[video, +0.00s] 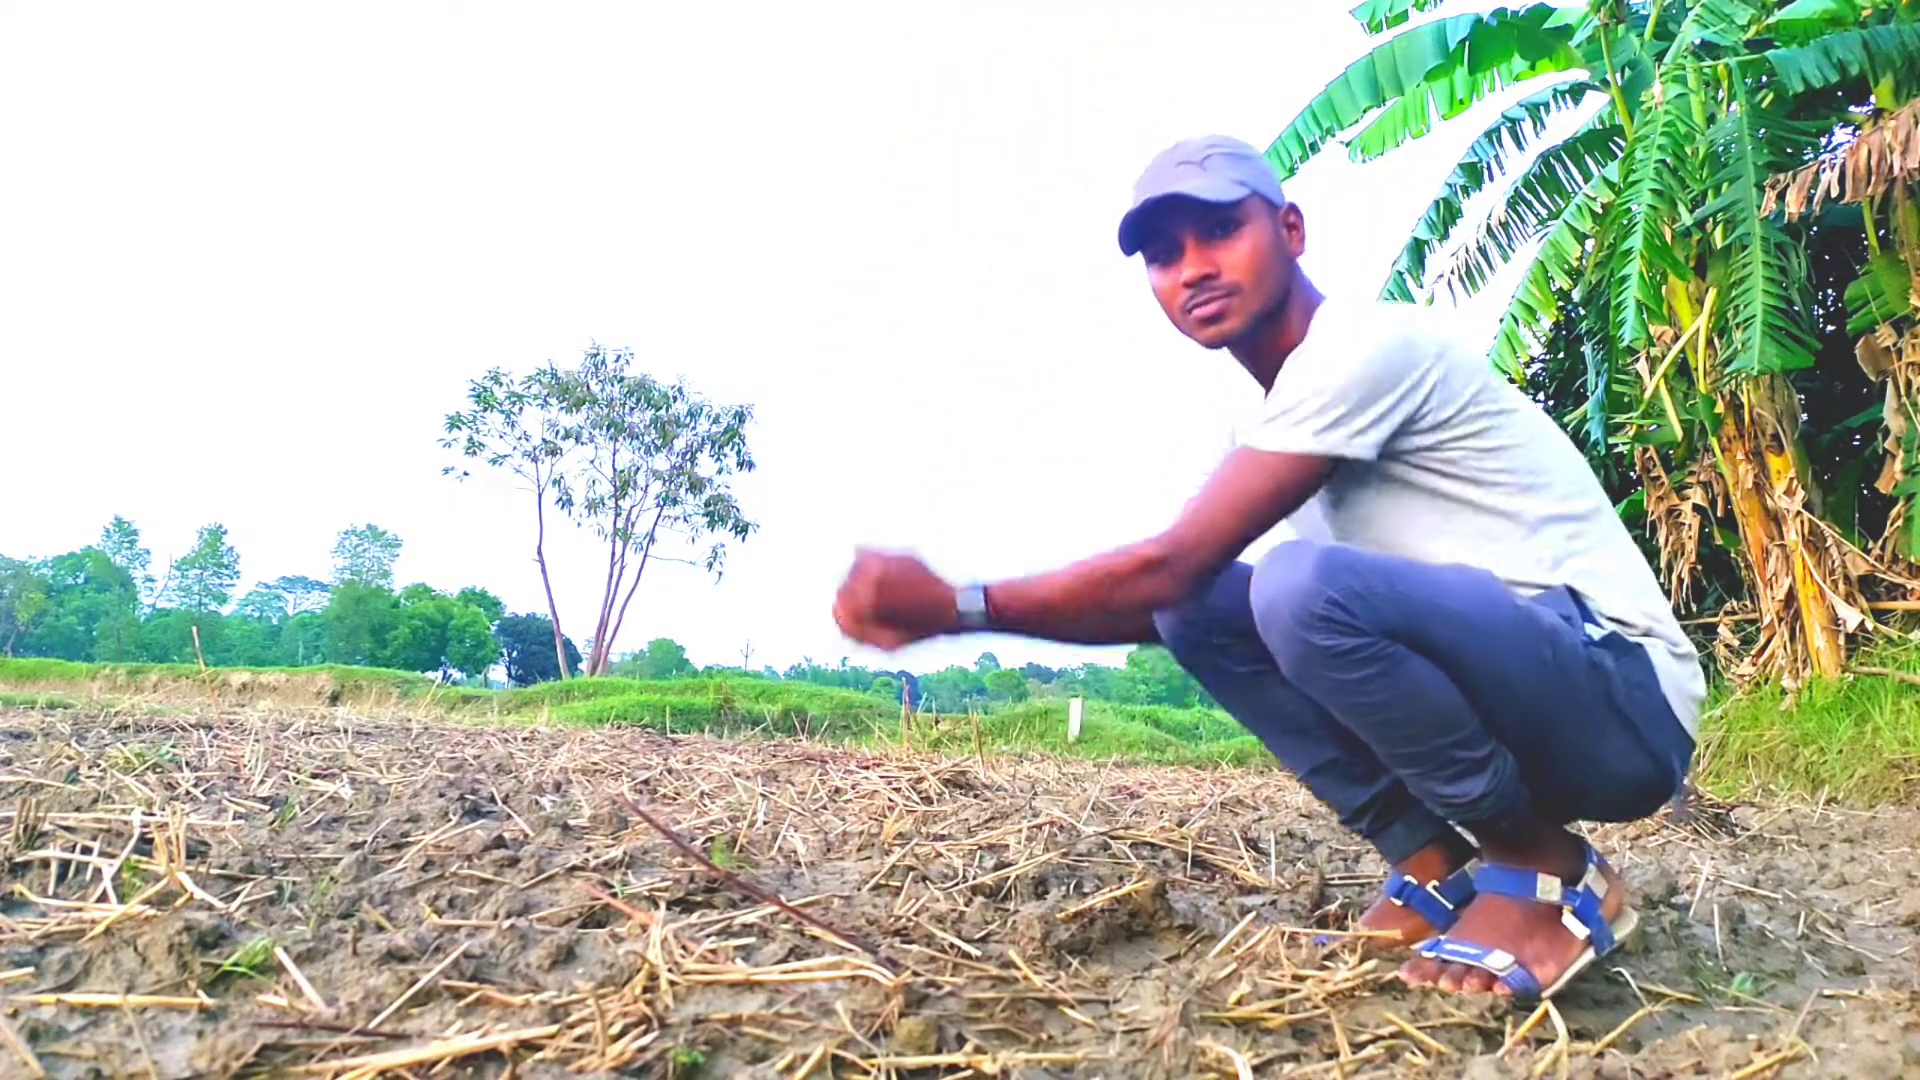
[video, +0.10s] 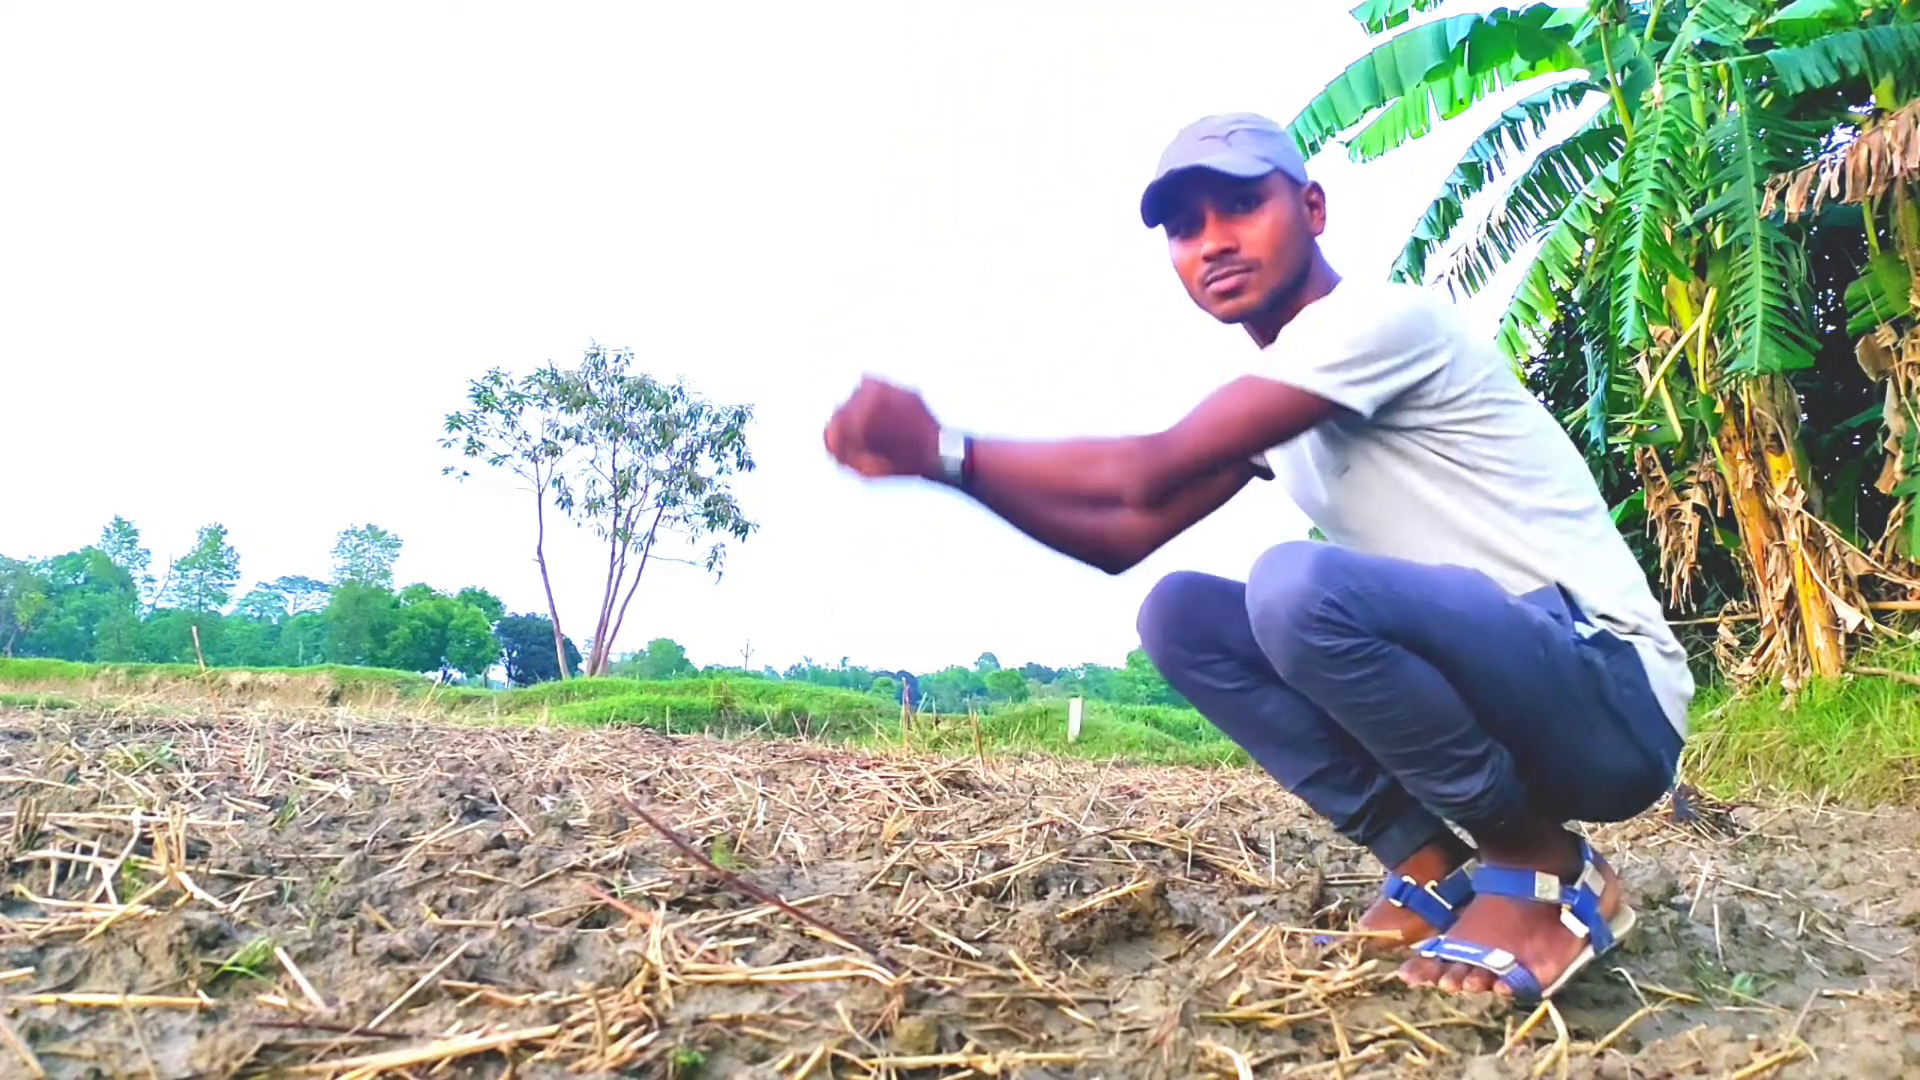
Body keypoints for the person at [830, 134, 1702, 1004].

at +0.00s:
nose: (1189, 268)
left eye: (1218, 227)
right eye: (1160, 251)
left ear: (1292, 232)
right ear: (1150, 286)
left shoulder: (1377, 347)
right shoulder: (1273, 430)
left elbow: (1167, 569)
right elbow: (1159, 607)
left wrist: (960, 606)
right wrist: (976, 614)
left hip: (1620, 695)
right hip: (1509, 717)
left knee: (1306, 592)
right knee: (1197, 608)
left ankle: (1546, 878)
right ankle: (1443, 872)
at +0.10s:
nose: (1210, 242)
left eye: (1238, 204)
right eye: (1183, 224)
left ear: (1311, 208)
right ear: (1169, 255)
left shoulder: (1383, 320)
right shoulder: (1280, 390)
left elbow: (1149, 472)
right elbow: (1124, 530)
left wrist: (946, 447)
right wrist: (951, 460)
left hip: (1609, 694)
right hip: (1498, 713)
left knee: (1298, 591)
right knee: (1180, 610)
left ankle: (1543, 872)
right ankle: (1439, 867)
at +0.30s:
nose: (1234, 216)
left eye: (1267, 181)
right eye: (1209, 197)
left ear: (1342, 188)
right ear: (1195, 222)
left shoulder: (1404, 286)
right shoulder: (1272, 362)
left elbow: (1141, 322)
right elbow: (1087, 424)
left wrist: (972, 255)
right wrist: (970, 288)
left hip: (1588, 686)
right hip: (1468, 700)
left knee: (1282, 593)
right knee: (1160, 631)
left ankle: (1529, 856)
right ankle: (1431, 868)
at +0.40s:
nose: (1245, 204)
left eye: (1277, 169)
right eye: (1221, 187)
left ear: (1350, 179)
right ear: (1208, 214)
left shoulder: (1409, 266)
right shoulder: (1286, 348)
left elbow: (1154, 282)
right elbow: (1093, 389)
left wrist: (990, 205)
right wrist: (985, 239)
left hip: (1584, 683)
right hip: (1463, 694)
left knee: (1279, 597)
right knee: (1159, 639)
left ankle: (1533, 859)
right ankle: (1434, 864)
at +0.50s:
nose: (1255, 199)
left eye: (1286, 164)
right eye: (1231, 185)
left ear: (1358, 173)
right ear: (1211, 209)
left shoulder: (1411, 262)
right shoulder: (1281, 340)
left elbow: (1155, 262)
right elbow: (1100, 368)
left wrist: (997, 182)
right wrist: (993, 217)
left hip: (1581, 685)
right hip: (1457, 697)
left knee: (1275, 603)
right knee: (1155, 642)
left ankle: (1534, 855)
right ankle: (1435, 856)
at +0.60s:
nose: (1262, 191)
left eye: (1292, 155)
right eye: (1237, 178)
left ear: (1364, 164)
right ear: (1218, 201)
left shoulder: (1419, 254)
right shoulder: (1289, 330)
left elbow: (1159, 246)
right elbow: (1107, 348)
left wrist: (1004, 163)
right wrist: (1000, 201)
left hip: (1580, 680)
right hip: (1459, 688)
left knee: (1270, 607)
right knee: (1156, 643)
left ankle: (1538, 859)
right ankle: (1435, 862)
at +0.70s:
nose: (1265, 190)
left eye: (1296, 153)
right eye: (1241, 177)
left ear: (1368, 162)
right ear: (1224, 198)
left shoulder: (1423, 253)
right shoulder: (1296, 328)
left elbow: (1161, 242)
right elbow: (1110, 341)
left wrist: (1003, 157)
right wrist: (998, 193)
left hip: (1580, 680)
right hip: (1459, 687)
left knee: (1268, 608)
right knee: (1156, 644)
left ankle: (1536, 858)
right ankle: (1435, 860)